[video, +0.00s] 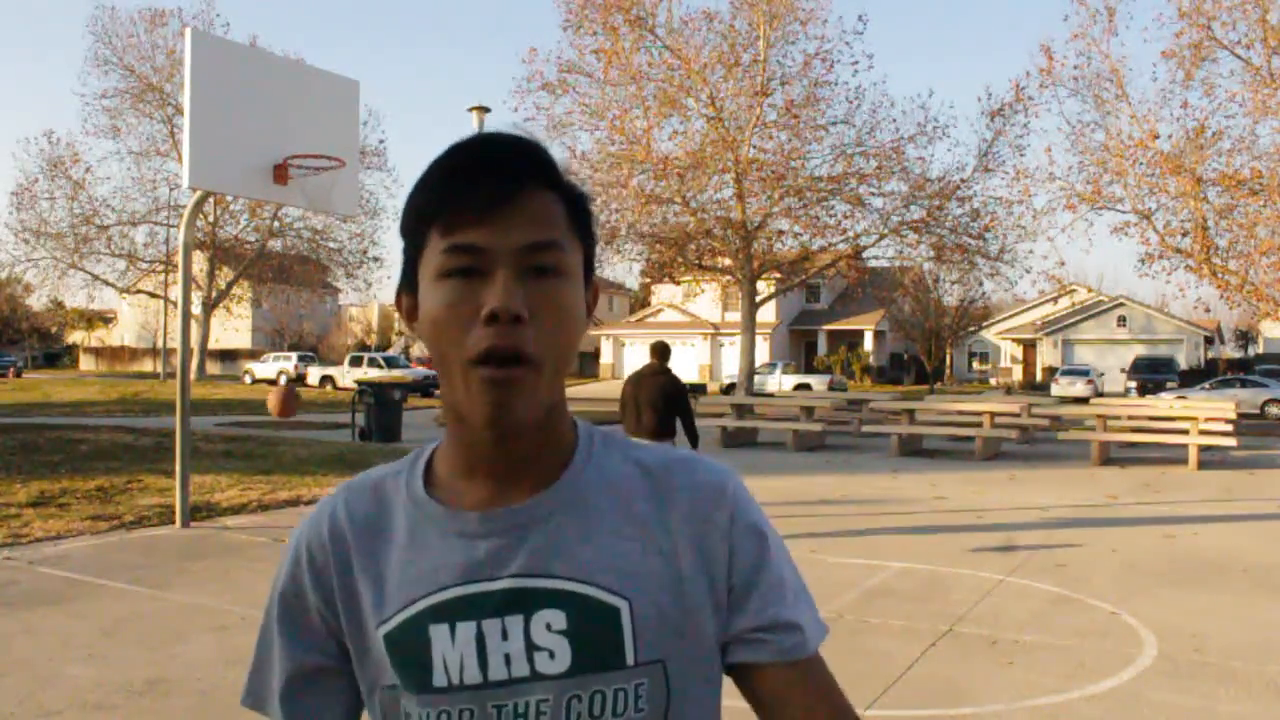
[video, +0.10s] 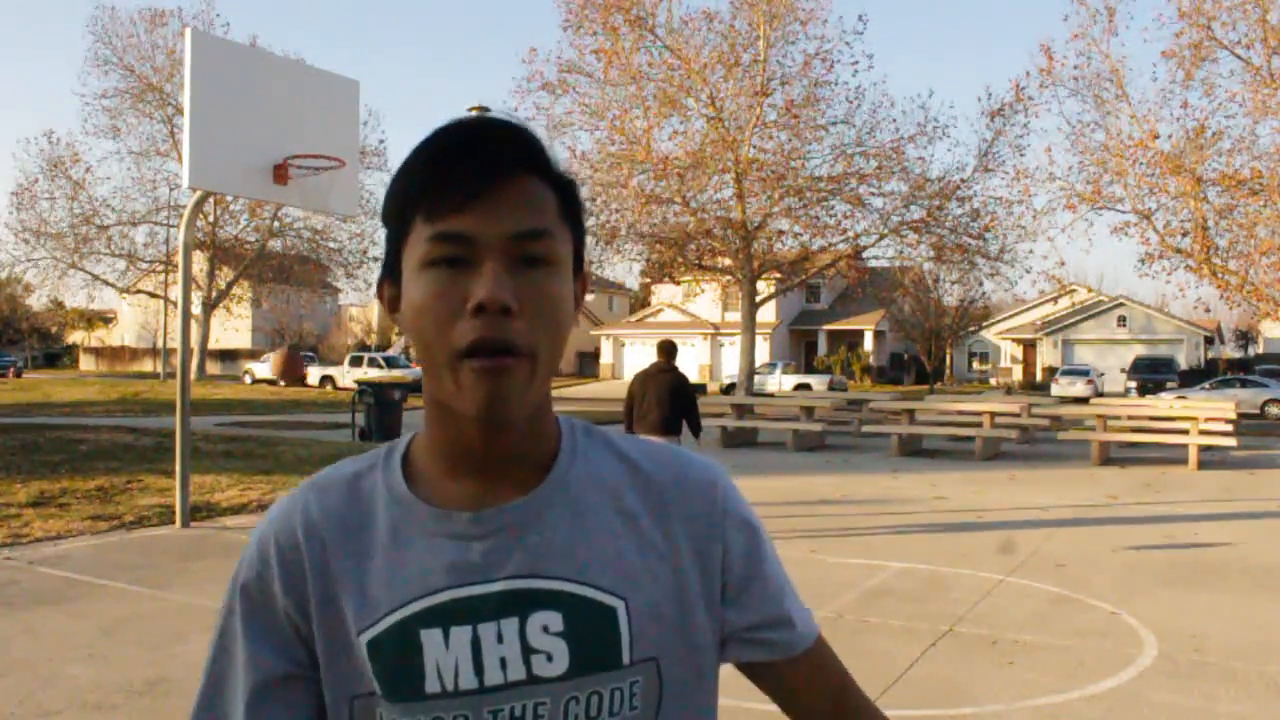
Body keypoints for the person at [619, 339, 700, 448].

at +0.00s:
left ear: (651, 354)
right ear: (668, 356)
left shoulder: (632, 379)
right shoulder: (674, 383)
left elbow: (623, 411)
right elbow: (686, 418)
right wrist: (694, 445)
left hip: (633, 443)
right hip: (662, 443)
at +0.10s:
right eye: (674, 353)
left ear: (658, 353)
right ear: (675, 354)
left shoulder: (639, 377)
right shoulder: (679, 379)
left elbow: (629, 405)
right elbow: (690, 407)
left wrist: (629, 429)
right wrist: (696, 431)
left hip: (642, 435)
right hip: (668, 436)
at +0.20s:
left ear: (663, 356)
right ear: (680, 357)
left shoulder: (646, 379)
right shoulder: (686, 381)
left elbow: (633, 409)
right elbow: (696, 407)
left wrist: (633, 435)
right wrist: (700, 428)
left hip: (650, 437)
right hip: (673, 437)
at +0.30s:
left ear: (668, 358)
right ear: (685, 357)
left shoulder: (653, 382)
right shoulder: (694, 384)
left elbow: (641, 411)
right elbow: (704, 411)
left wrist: (638, 436)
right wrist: (706, 431)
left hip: (658, 438)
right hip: (681, 440)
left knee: (673, 477)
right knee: (683, 477)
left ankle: (676, 514)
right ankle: (661, 511)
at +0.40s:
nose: (690, 356)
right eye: (690, 354)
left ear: (674, 355)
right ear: (690, 355)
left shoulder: (660, 379)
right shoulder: (698, 379)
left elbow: (650, 410)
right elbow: (708, 410)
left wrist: (651, 435)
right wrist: (714, 437)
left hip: (663, 437)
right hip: (687, 438)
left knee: (670, 478)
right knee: (698, 475)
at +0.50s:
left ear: (680, 352)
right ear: (697, 352)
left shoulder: (665, 376)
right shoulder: (705, 377)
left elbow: (662, 406)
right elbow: (715, 410)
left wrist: (667, 427)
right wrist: (720, 438)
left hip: (669, 434)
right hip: (696, 436)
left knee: (673, 482)